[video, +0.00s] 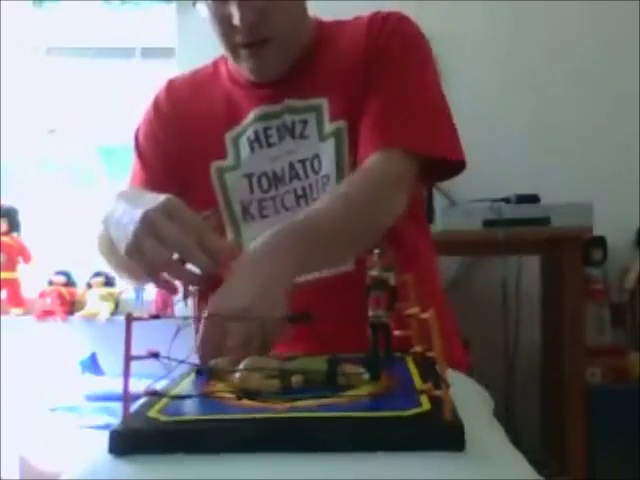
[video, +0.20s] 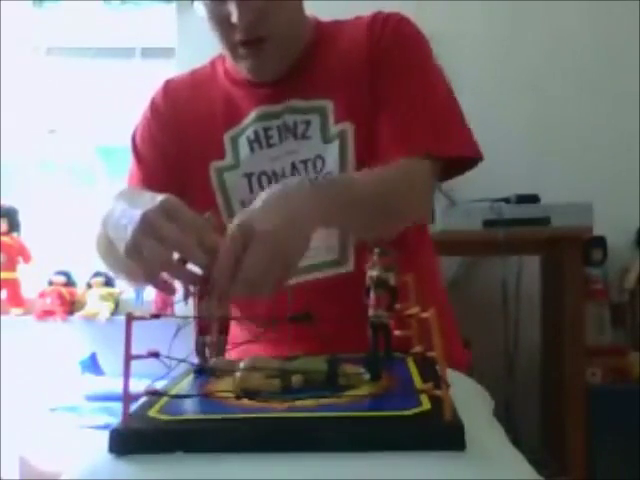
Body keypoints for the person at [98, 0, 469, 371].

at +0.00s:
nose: (240, 20)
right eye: (218, 1)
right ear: (203, 6)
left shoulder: (383, 43)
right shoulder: (178, 106)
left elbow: (387, 185)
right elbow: (134, 259)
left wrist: (271, 262)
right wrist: (124, 214)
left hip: (399, 378)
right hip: (247, 395)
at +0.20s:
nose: (237, 17)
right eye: (217, 1)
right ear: (200, 7)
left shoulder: (382, 45)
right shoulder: (176, 106)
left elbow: (411, 193)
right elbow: (134, 261)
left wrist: (303, 206)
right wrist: (122, 217)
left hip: (403, 366)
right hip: (257, 377)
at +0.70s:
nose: (240, 14)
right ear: (192, 7)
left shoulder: (386, 49)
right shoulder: (170, 113)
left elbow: (491, 153)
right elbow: (144, 289)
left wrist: (462, 182)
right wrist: (103, 251)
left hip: (411, 367)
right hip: (254, 384)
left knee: (503, 473)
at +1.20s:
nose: (312, 8)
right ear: (278, 1)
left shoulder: (460, 57)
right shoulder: (236, 100)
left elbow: (535, 192)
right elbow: (187, 252)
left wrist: (590, 304)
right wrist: (115, 354)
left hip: (463, 391)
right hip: (318, 402)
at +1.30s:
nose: (352, 8)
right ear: (319, 3)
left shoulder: (492, 62)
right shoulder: (273, 97)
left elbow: (566, 201)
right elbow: (238, 243)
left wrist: (609, 309)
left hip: (492, 399)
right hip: (342, 408)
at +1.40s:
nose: (399, 5)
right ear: (363, 2)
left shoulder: (533, 70)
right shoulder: (312, 93)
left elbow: (604, 217)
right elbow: (287, 221)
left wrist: (630, 339)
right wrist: (236, 306)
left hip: (519, 405)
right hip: (366, 413)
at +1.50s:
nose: (446, 2)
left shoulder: (577, 80)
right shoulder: (353, 89)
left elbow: (629, 228)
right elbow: (323, 221)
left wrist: (630, 345)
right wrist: (262, 339)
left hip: (543, 409)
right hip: (391, 414)